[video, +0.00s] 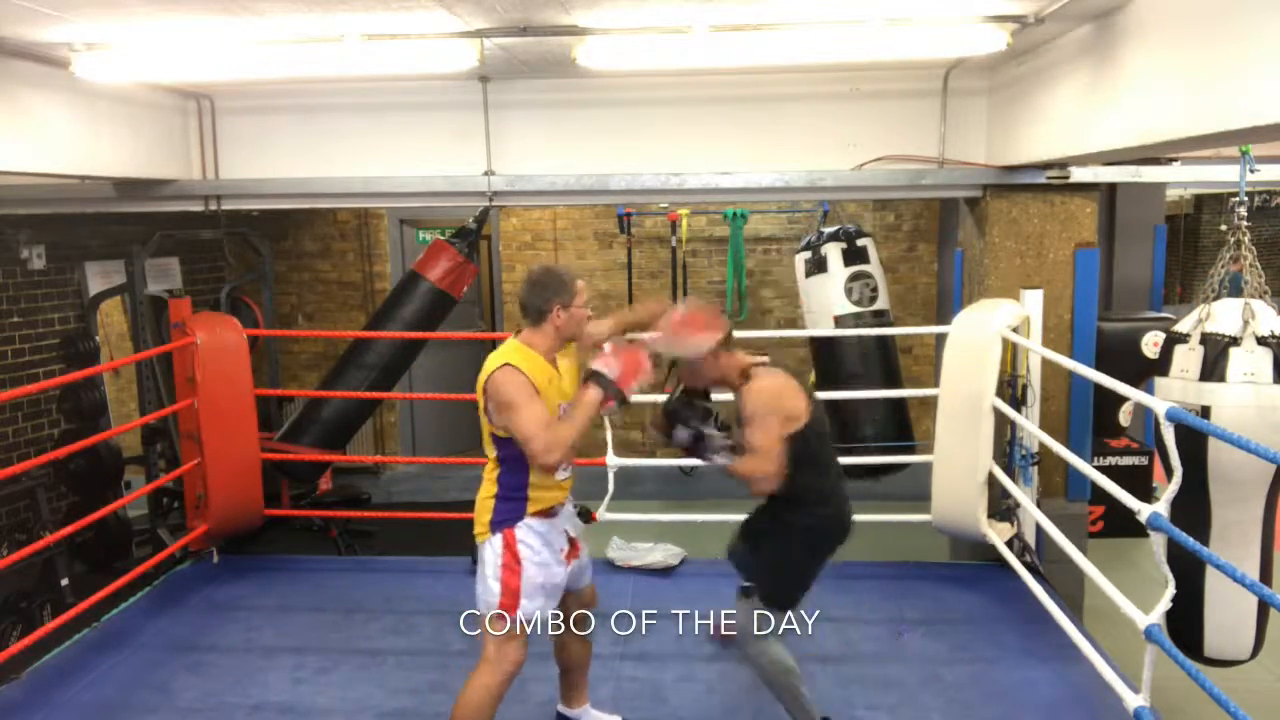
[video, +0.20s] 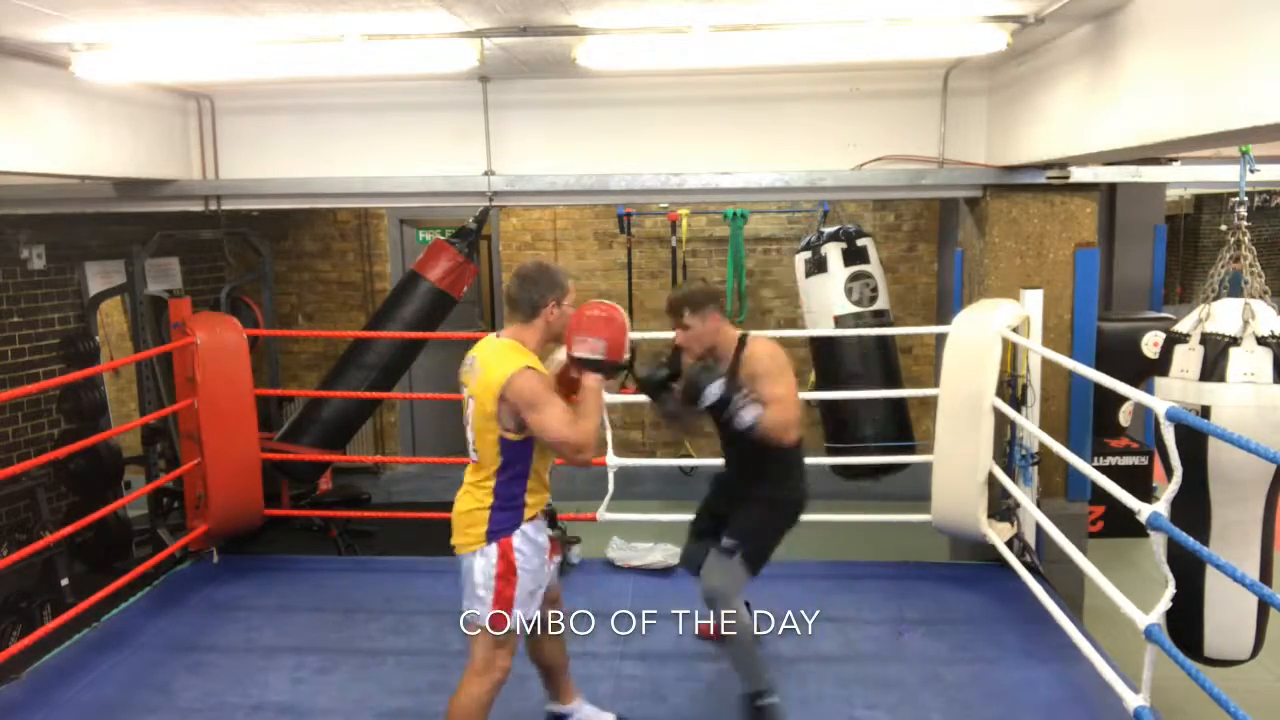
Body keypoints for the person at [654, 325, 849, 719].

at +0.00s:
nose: (684, 379)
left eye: (685, 367)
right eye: (681, 368)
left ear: (709, 359)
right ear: (712, 355)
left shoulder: (763, 391)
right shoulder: (754, 381)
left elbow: (766, 476)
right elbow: (756, 449)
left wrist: (714, 452)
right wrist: (713, 435)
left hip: (813, 516)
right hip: (792, 505)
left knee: (753, 631)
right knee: (749, 560)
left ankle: (809, 715)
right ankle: (745, 626)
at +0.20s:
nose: (676, 339)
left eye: (683, 329)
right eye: (675, 330)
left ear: (713, 320)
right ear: (702, 324)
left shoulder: (762, 355)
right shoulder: (703, 364)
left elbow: (786, 430)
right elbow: (684, 419)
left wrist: (739, 407)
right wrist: (662, 394)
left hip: (775, 486)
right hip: (736, 480)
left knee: (718, 585)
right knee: (697, 560)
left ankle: (761, 695)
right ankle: (734, 621)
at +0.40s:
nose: (665, 321)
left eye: (669, 311)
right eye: (663, 312)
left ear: (699, 304)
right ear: (683, 310)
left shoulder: (742, 342)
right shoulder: (686, 349)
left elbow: (798, 397)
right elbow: (653, 391)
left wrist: (755, 409)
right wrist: (635, 378)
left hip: (748, 481)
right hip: (713, 475)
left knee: (693, 579)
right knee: (689, 557)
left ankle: (717, 698)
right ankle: (737, 612)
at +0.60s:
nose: (642, 345)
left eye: (648, 334)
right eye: (640, 335)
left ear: (677, 326)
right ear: (674, 329)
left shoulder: (714, 363)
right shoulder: (681, 368)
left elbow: (730, 411)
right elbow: (657, 410)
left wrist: (666, 411)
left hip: (743, 494)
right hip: (717, 486)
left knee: (670, 590)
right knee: (694, 555)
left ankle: (698, 701)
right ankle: (738, 614)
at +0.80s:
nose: (621, 393)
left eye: (627, 382)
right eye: (619, 384)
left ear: (657, 374)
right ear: (656, 374)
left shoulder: (713, 408)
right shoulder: (664, 406)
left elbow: (708, 497)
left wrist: (663, 469)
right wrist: (620, 455)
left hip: (745, 535)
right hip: (709, 522)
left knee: (658, 607)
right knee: (691, 571)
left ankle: (661, 712)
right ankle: (735, 621)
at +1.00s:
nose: (642, 373)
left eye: (640, 361)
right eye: (638, 363)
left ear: (658, 351)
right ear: (683, 346)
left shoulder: (680, 397)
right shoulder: (741, 379)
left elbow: (657, 487)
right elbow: (714, 450)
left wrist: (633, 437)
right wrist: (653, 422)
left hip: (732, 553)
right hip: (782, 548)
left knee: (629, 612)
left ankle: (644, 715)